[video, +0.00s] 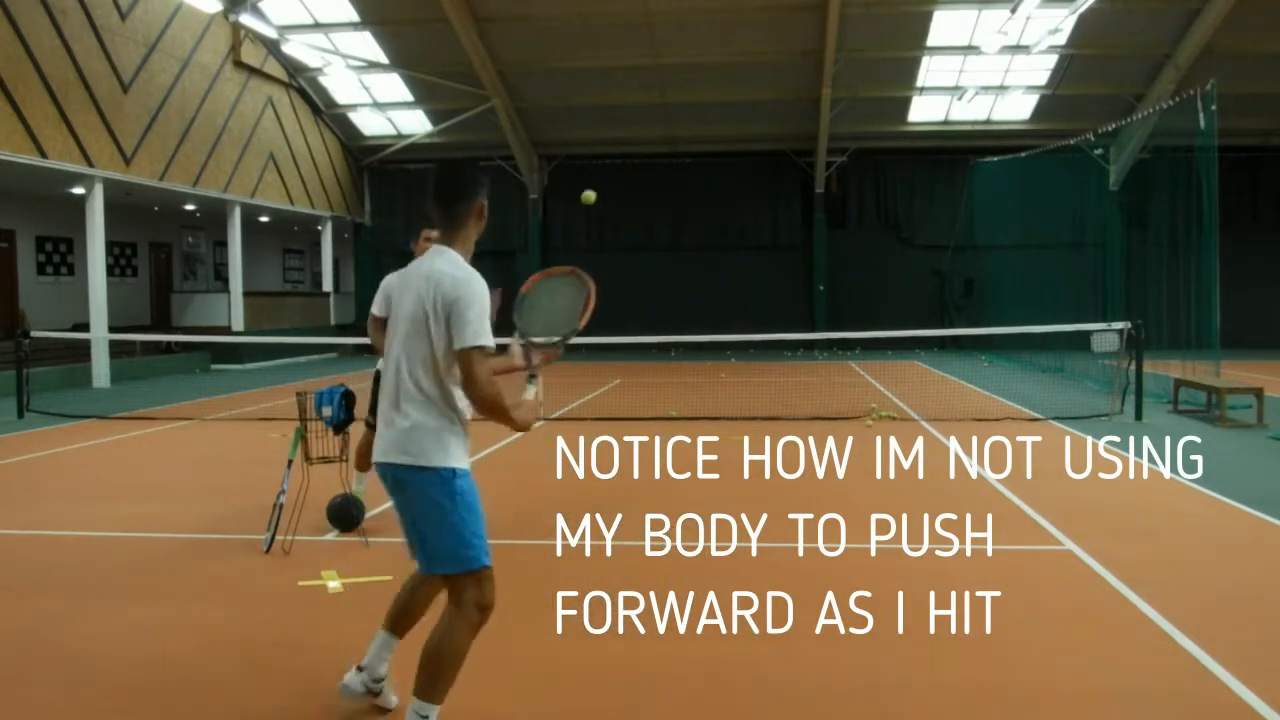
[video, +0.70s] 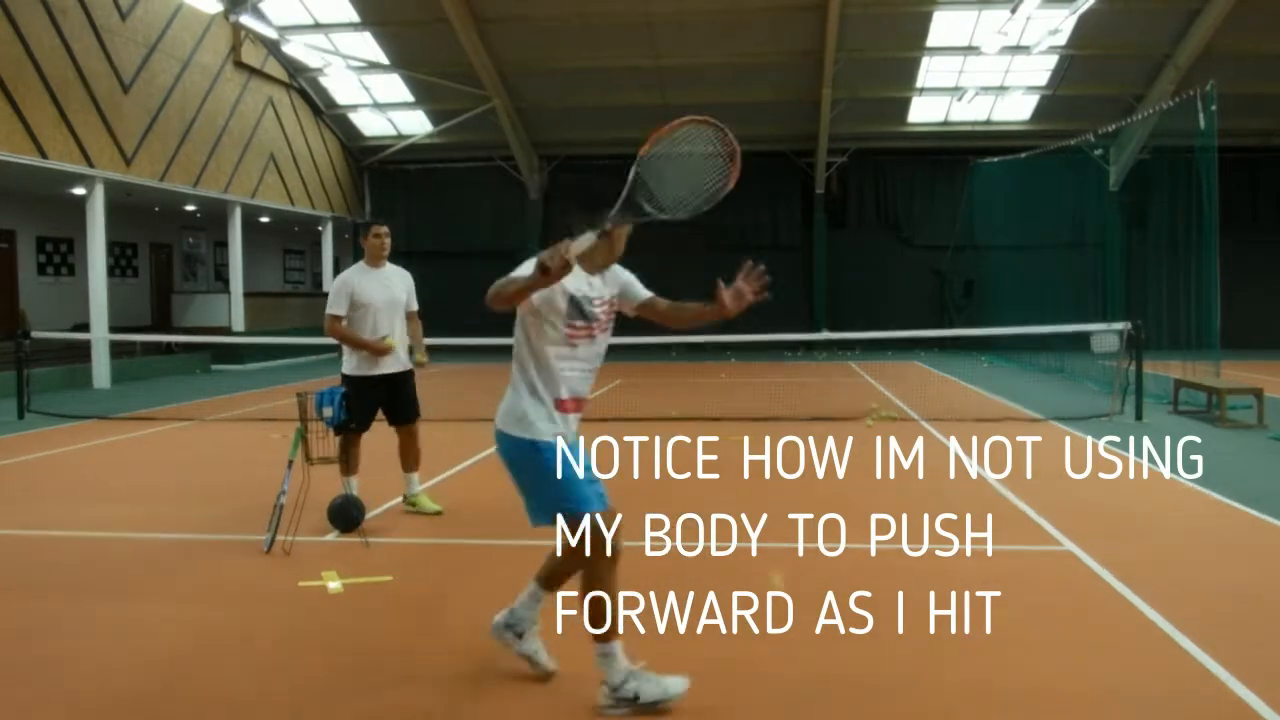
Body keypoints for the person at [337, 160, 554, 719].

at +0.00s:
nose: (487, 215)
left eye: (483, 207)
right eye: (486, 208)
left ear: (435, 212)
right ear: (480, 212)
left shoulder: (406, 277)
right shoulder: (465, 282)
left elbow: (430, 366)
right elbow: (478, 387)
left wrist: (512, 358)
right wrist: (515, 417)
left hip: (397, 452)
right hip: (433, 457)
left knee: (436, 565)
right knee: (475, 598)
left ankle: (369, 671)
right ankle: (421, 712)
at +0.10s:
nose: (500, 213)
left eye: (495, 205)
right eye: (501, 205)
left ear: (452, 207)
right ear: (495, 208)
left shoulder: (435, 268)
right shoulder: (473, 277)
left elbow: (468, 355)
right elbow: (496, 377)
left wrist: (542, 349)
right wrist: (543, 405)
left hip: (420, 442)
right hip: (439, 449)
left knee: (490, 539)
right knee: (472, 596)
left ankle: (409, 656)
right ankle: (422, 710)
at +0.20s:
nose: (516, 215)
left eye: (512, 205)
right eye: (516, 206)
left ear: (467, 208)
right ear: (507, 209)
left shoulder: (459, 267)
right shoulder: (478, 273)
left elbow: (509, 347)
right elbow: (522, 365)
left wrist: (580, 326)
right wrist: (583, 379)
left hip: (459, 443)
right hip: (446, 447)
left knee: (507, 542)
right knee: (460, 591)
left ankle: (470, 662)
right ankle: (415, 712)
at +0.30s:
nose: (531, 224)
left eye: (530, 216)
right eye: (530, 215)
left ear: (484, 218)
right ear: (520, 220)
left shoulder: (503, 279)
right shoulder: (481, 278)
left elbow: (557, 334)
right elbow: (537, 342)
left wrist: (613, 304)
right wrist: (617, 340)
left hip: (485, 453)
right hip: (457, 455)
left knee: (533, 548)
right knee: (466, 593)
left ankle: (489, 666)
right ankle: (416, 712)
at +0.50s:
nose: (576, 232)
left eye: (576, 226)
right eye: (575, 224)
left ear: (543, 223)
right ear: (563, 222)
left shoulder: (564, 280)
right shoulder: (507, 271)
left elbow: (625, 311)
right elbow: (504, 299)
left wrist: (668, 272)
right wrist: (580, 272)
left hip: (526, 441)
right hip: (493, 439)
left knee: (560, 552)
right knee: (539, 564)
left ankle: (494, 663)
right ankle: (471, 695)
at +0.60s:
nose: (594, 236)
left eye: (600, 229)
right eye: (589, 225)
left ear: (600, 232)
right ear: (563, 221)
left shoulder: (592, 269)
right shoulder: (525, 260)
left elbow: (644, 303)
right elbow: (492, 289)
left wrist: (692, 278)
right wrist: (553, 262)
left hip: (547, 427)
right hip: (512, 426)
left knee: (565, 546)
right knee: (571, 544)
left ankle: (494, 652)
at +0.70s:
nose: (626, 240)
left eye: (628, 231)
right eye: (621, 230)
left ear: (614, 235)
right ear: (596, 231)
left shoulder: (614, 277)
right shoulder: (546, 268)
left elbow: (664, 312)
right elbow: (495, 300)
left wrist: (719, 309)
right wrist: (539, 279)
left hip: (563, 430)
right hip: (529, 429)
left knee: (590, 535)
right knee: (603, 534)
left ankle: (517, 619)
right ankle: (616, 676)